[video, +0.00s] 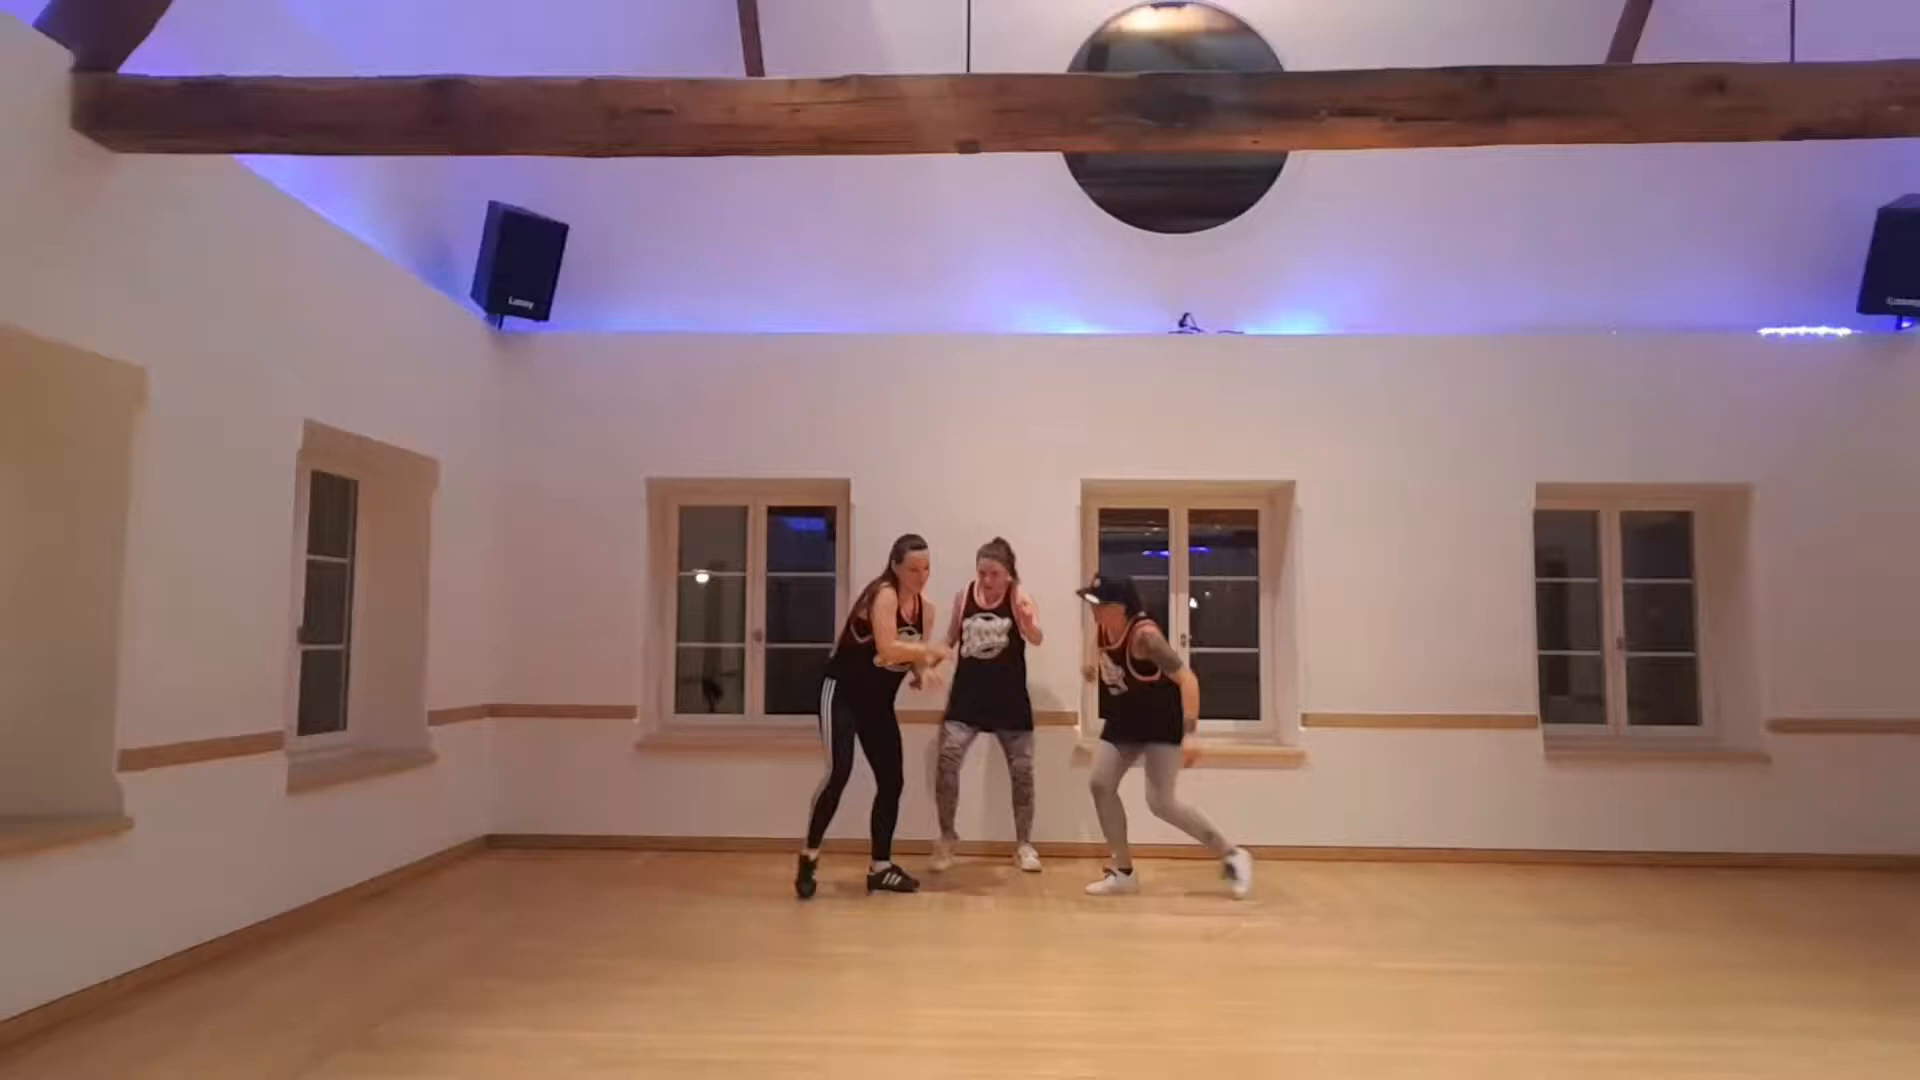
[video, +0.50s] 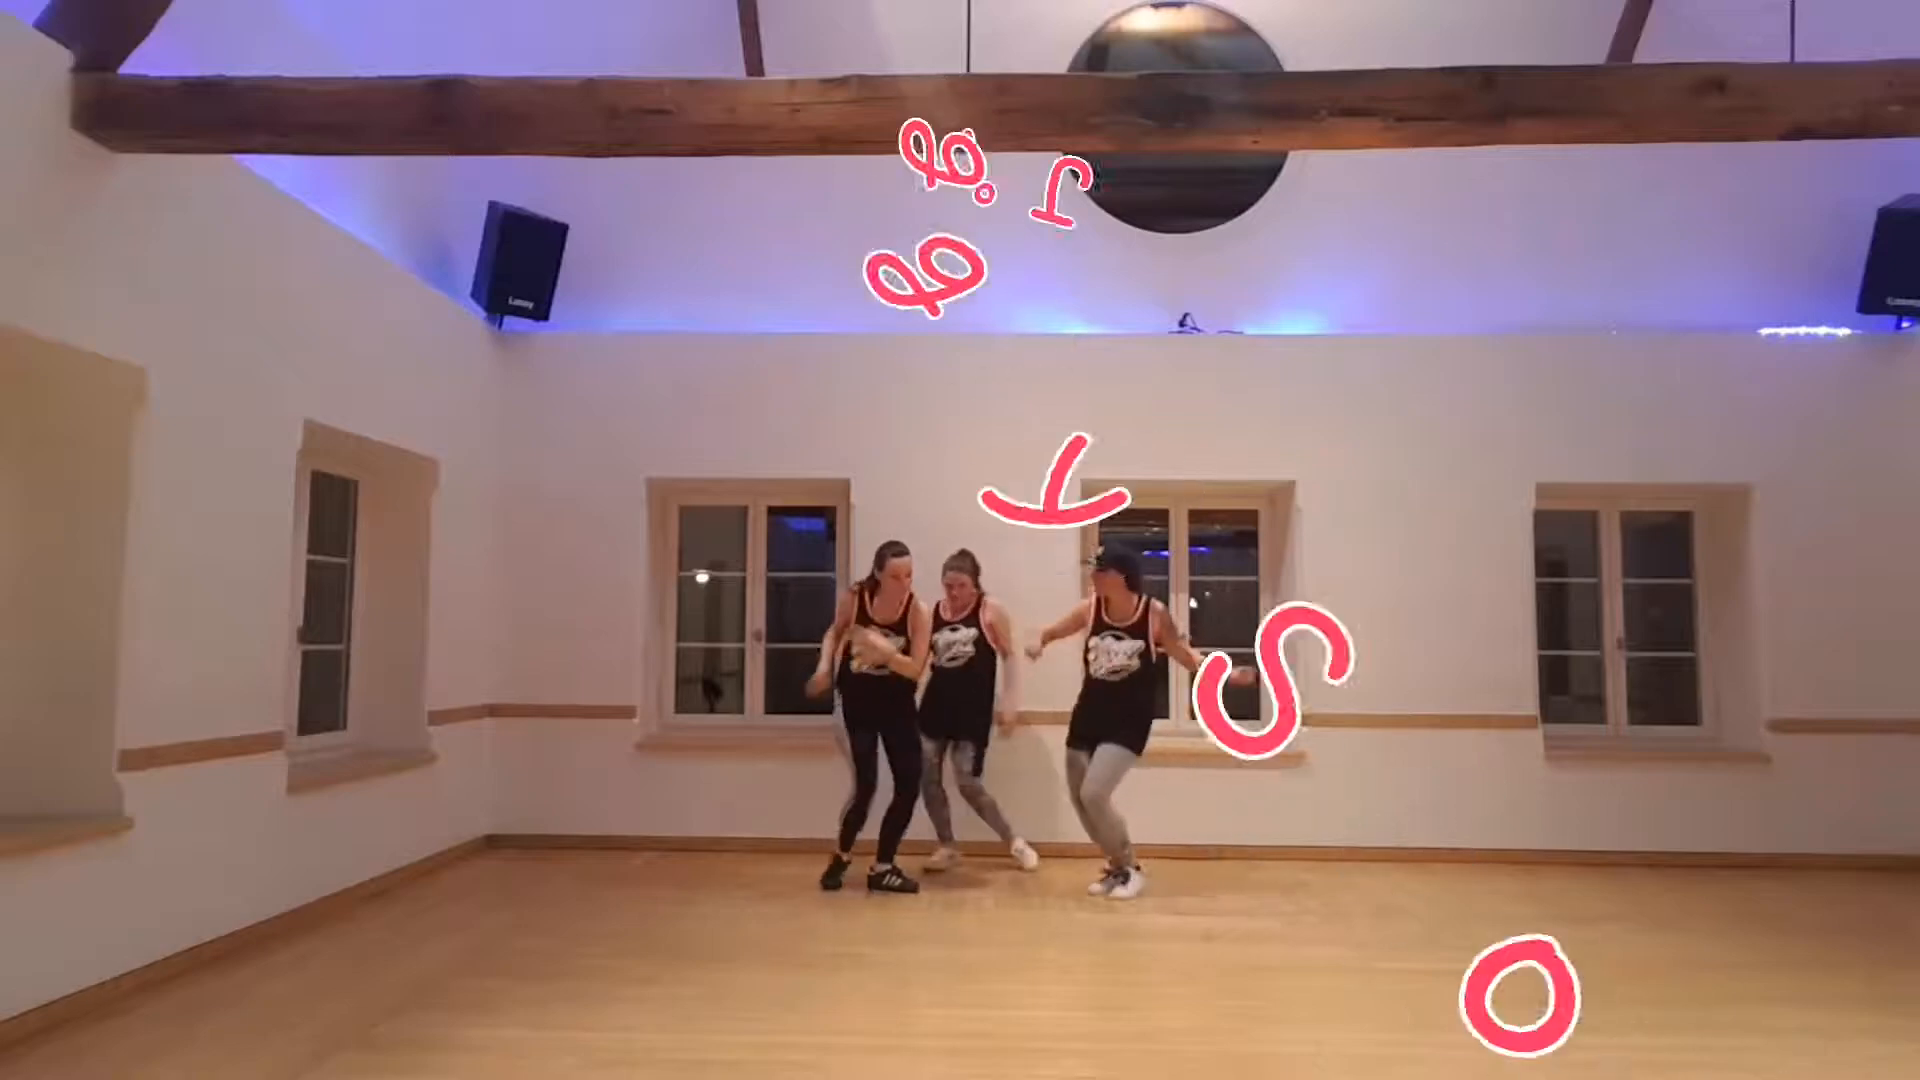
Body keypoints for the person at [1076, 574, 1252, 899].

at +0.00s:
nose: (1095, 611)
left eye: (1101, 606)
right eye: (1095, 605)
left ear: (1120, 607)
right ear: (1106, 607)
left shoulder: (1147, 636)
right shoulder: (1103, 630)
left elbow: (1188, 680)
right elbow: (1105, 668)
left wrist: (1190, 735)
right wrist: (1093, 669)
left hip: (1163, 725)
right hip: (1124, 722)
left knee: (1161, 802)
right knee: (1100, 785)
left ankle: (1233, 856)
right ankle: (1123, 871)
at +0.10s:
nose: (1091, 604)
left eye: (1096, 598)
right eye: (1090, 598)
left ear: (1117, 600)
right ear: (1098, 601)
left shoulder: (1146, 628)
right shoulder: (1096, 623)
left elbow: (1191, 670)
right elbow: (1073, 663)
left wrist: (1202, 717)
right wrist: (1079, 626)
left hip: (1158, 710)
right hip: (1118, 711)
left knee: (1152, 788)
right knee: (1105, 783)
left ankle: (1209, 853)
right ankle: (1123, 870)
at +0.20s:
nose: (1092, 594)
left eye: (1098, 588)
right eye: (1092, 588)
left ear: (1118, 592)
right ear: (1094, 591)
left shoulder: (1148, 617)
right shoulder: (1091, 606)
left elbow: (1194, 645)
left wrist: (1215, 690)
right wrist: (1049, 633)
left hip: (1150, 702)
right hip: (1109, 703)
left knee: (1135, 776)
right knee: (1106, 780)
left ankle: (1162, 861)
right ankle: (1122, 869)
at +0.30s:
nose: (1092, 582)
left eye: (1098, 577)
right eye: (1092, 577)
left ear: (1119, 582)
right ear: (1094, 580)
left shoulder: (1150, 607)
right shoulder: (1087, 594)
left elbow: (1190, 634)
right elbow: (1047, 593)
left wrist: (1218, 670)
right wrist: (1036, 634)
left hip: (1141, 706)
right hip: (1099, 706)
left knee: (1115, 775)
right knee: (1097, 779)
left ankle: (1133, 863)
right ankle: (1118, 864)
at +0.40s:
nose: (1096, 577)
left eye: (1104, 571)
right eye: (1096, 571)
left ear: (1125, 577)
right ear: (1099, 576)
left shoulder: (1154, 609)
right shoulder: (1090, 599)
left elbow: (1188, 644)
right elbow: (1049, 613)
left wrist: (1219, 669)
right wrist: (1035, 643)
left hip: (1134, 710)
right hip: (1092, 706)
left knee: (1101, 786)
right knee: (1087, 789)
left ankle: (1129, 868)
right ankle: (1116, 867)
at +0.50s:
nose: (1095, 576)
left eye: (1102, 571)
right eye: (1095, 570)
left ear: (1124, 577)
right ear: (1099, 577)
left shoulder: (1155, 617)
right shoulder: (1091, 609)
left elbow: (1189, 659)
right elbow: (1051, 633)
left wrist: (1228, 675)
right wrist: (1038, 642)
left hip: (1128, 720)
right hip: (1087, 715)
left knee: (1093, 793)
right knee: (1079, 795)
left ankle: (1127, 869)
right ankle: (1117, 867)